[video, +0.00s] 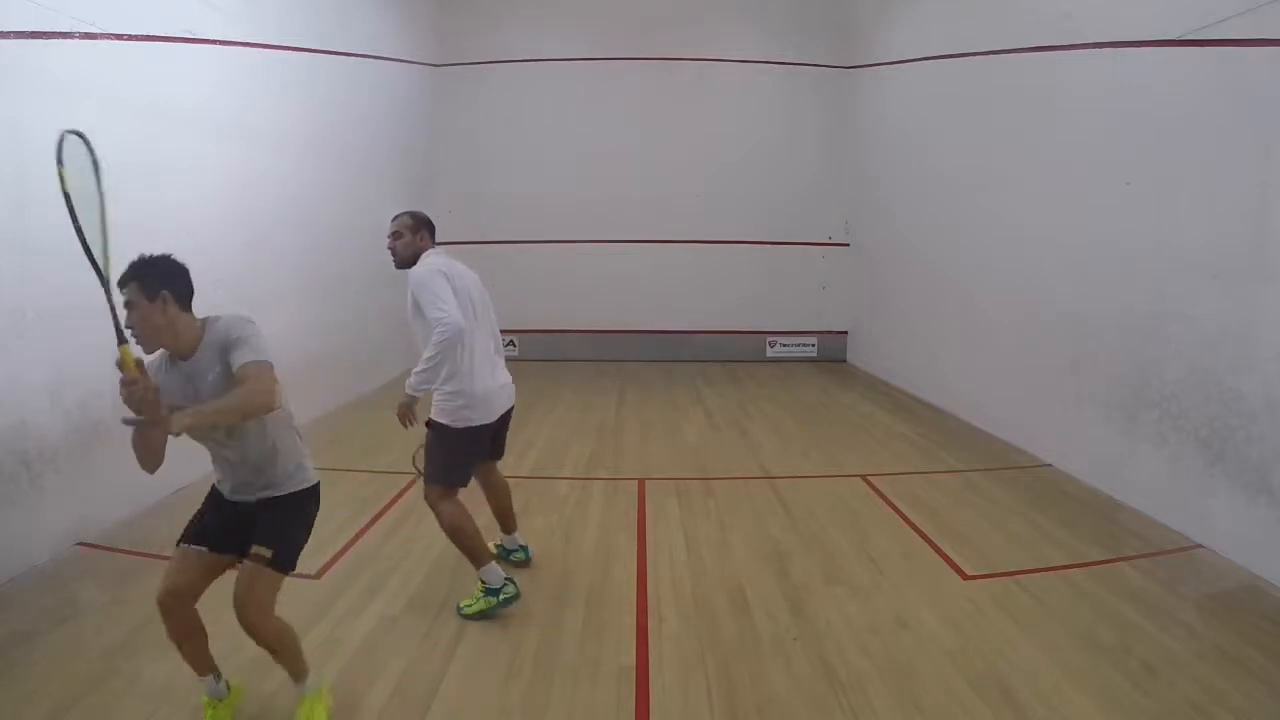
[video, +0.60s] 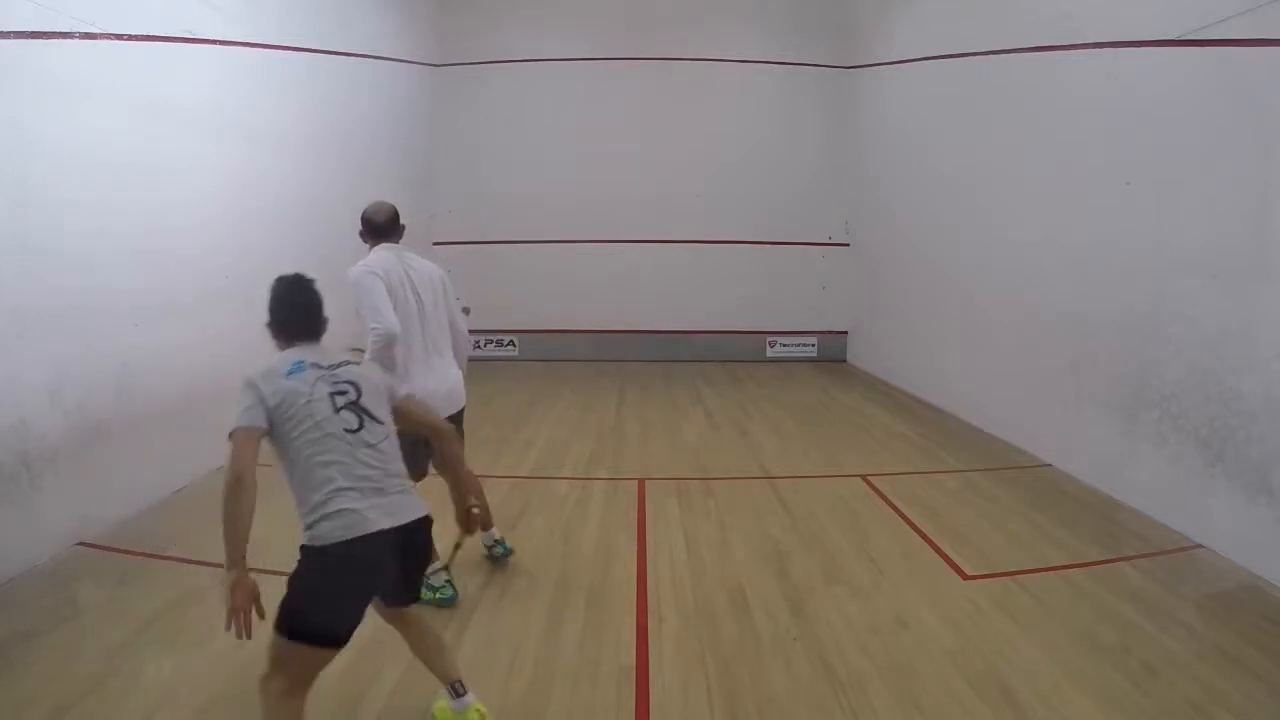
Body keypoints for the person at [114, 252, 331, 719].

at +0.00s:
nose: (127, 320)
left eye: (132, 306)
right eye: (125, 309)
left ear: (163, 303)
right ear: (159, 307)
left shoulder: (234, 331)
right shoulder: (158, 370)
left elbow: (261, 394)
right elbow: (150, 461)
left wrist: (179, 420)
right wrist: (144, 410)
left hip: (287, 489)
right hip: (231, 493)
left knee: (252, 610)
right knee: (173, 599)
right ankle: (217, 691)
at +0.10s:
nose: (96, 364)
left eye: (100, 349)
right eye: (95, 351)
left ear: (134, 344)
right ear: (135, 346)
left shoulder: (209, 362)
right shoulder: (138, 410)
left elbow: (211, 446)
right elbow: (135, 491)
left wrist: (111, 469)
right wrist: (141, 406)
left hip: (291, 517)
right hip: (236, 519)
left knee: (251, 654)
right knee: (160, 620)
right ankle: (187, 714)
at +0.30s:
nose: (113, 425)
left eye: (110, 415)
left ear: (114, 415)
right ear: (164, 398)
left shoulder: (151, 464)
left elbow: (194, 572)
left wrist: (205, 683)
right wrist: (159, 608)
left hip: (293, 594)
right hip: (334, 568)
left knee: (184, 705)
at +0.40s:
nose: (146, 412)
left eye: (144, 405)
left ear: (148, 408)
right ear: (201, 389)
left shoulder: (162, 466)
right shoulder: (252, 420)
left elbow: (198, 572)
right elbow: (299, 499)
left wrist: (241, 673)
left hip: (300, 602)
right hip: (361, 575)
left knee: (188, 705)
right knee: (250, 604)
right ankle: (263, 699)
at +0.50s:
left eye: (203, 363)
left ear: (206, 372)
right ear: (258, 361)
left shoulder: (202, 430)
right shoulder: (304, 401)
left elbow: (208, 541)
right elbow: (393, 461)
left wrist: (229, 639)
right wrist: (403, 521)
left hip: (310, 593)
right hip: (381, 569)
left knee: (212, 698)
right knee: (333, 613)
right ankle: (396, 691)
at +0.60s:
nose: (270, 328)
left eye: (271, 322)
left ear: (273, 329)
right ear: (322, 322)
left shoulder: (264, 382)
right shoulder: (364, 370)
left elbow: (240, 474)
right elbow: (438, 428)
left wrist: (237, 568)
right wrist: (467, 492)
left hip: (340, 550)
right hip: (411, 533)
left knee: (284, 684)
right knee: (397, 604)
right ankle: (463, 699)